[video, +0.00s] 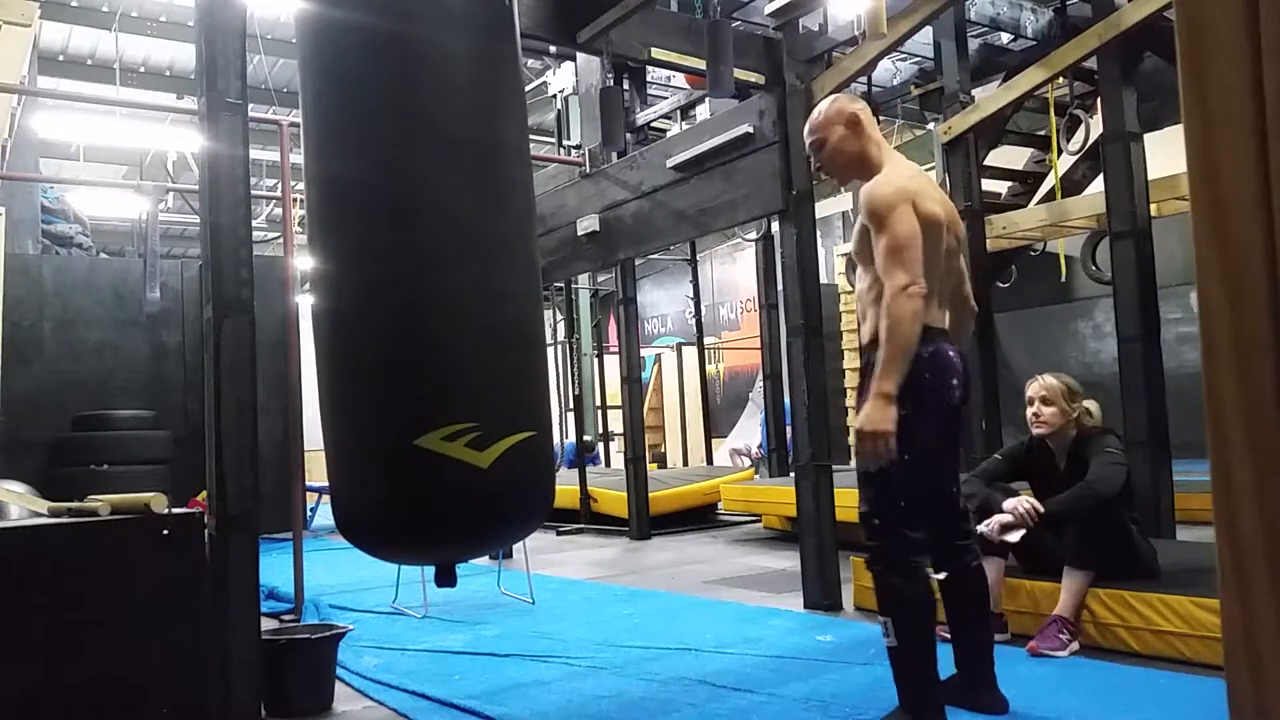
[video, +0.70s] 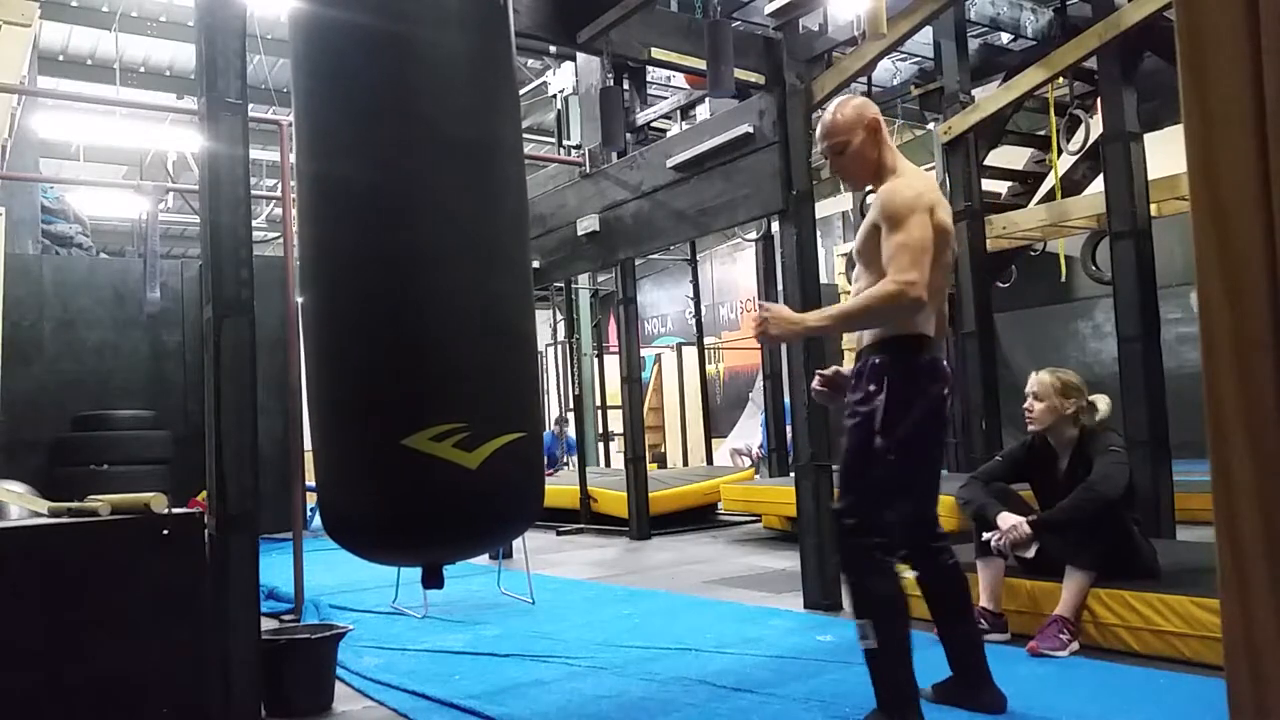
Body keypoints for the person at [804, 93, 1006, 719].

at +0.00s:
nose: (818, 165)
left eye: (819, 147)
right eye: (812, 154)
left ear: (857, 125)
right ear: (866, 128)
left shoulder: (883, 190)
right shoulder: (931, 189)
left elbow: (906, 292)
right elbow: (961, 302)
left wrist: (881, 396)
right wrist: (941, 374)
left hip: (906, 368)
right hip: (943, 365)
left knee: (890, 538)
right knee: (948, 529)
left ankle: (917, 700)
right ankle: (977, 679)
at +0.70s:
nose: (831, 166)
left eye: (838, 150)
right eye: (826, 155)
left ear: (877, 133)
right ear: (872, 139)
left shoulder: (902, 193)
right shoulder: (909, 194)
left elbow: (907, 288)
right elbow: (923, 316)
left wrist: (803, 321)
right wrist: (856, 371)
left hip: (896, 377)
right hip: (910, 376)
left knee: (860, 537)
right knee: (919, 534)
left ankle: (896, 704)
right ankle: (974, 679)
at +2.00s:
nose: (836, 125)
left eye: (846, 111)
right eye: (833, 114)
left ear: (882, 107)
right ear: (887, 113)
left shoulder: (886, 163)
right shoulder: (928, 172)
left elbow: (904, 246)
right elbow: (975, 275)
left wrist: (806, 290)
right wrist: (904, 303)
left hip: (881, 341)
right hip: (925, 343)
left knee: (838, 515)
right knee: (911, 517)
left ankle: (874, 691)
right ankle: (960, 670)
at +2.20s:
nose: (817, 143)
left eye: (827, 129)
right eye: (814, 132)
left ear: (871, 125)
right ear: (872, 134)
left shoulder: (849, 182)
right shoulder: (914, 199)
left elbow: (808, 237)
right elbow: (977, 299)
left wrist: (694, 248)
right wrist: (918, 348)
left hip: (873, 378)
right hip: (914, 379)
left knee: (828, 549)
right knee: (883, 552)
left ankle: (825, 711)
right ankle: (942, 695)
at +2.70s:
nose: (891, 97)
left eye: (908, 84)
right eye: (883, 82)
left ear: (939, 93)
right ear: (870, 84)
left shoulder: (942, 194)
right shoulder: (824, 140)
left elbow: (1019, 222)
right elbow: (714, 199)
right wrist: (613, 233)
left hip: (796, 356)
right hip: (736, 276)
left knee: (811, 539)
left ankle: (789, 713)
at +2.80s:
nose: (883, 94)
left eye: (900, 82)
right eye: (882, 79)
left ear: (933, 103)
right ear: (871, 85)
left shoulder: (944, 222)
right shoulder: (820, 137)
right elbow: (729, 201)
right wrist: (644, 218)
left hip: (764, 354)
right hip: (701, 263)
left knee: (767, 541)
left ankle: (762, 714)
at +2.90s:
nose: (859, 89)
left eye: (878, 77)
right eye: (855, 72)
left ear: (924, 82)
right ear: (843, 73)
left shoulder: (928, 199)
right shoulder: (801, 131)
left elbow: (860, 247)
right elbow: (721, 182)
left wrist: (839, 121)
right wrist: (644, 165)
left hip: (763, 364)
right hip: (688, 286)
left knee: (754, 572)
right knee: (549, 284)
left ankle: (748, 714)